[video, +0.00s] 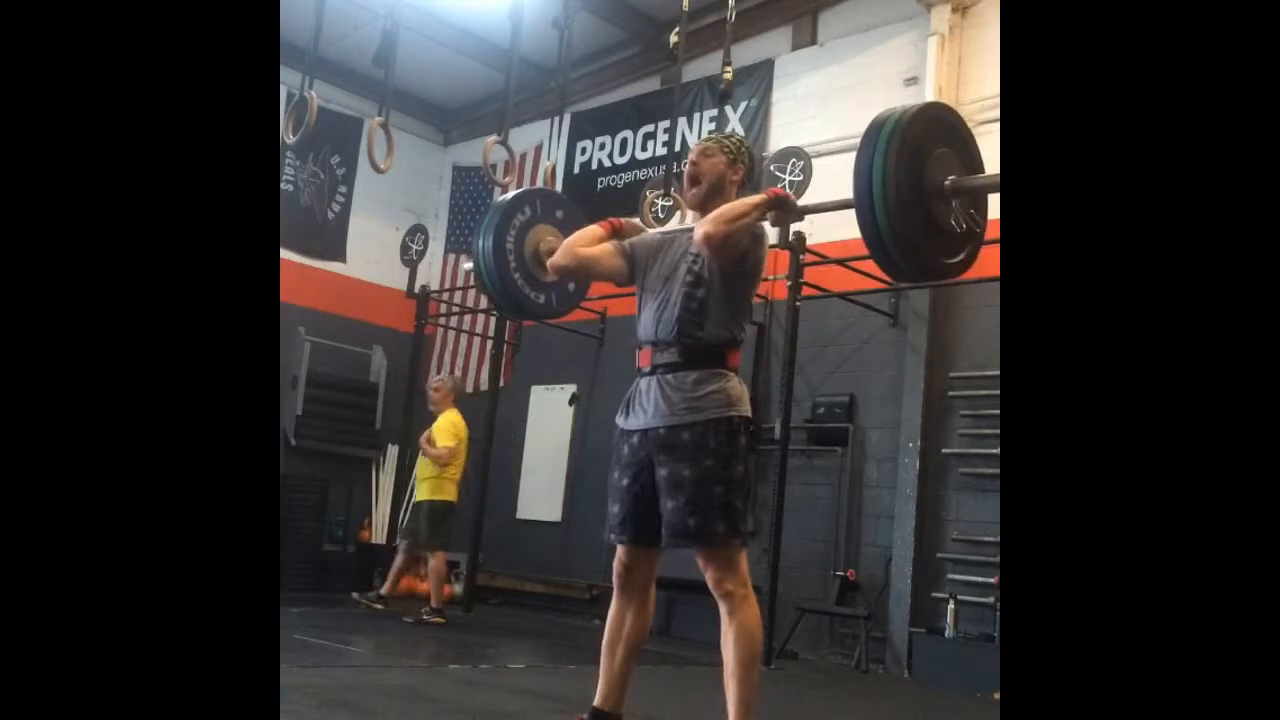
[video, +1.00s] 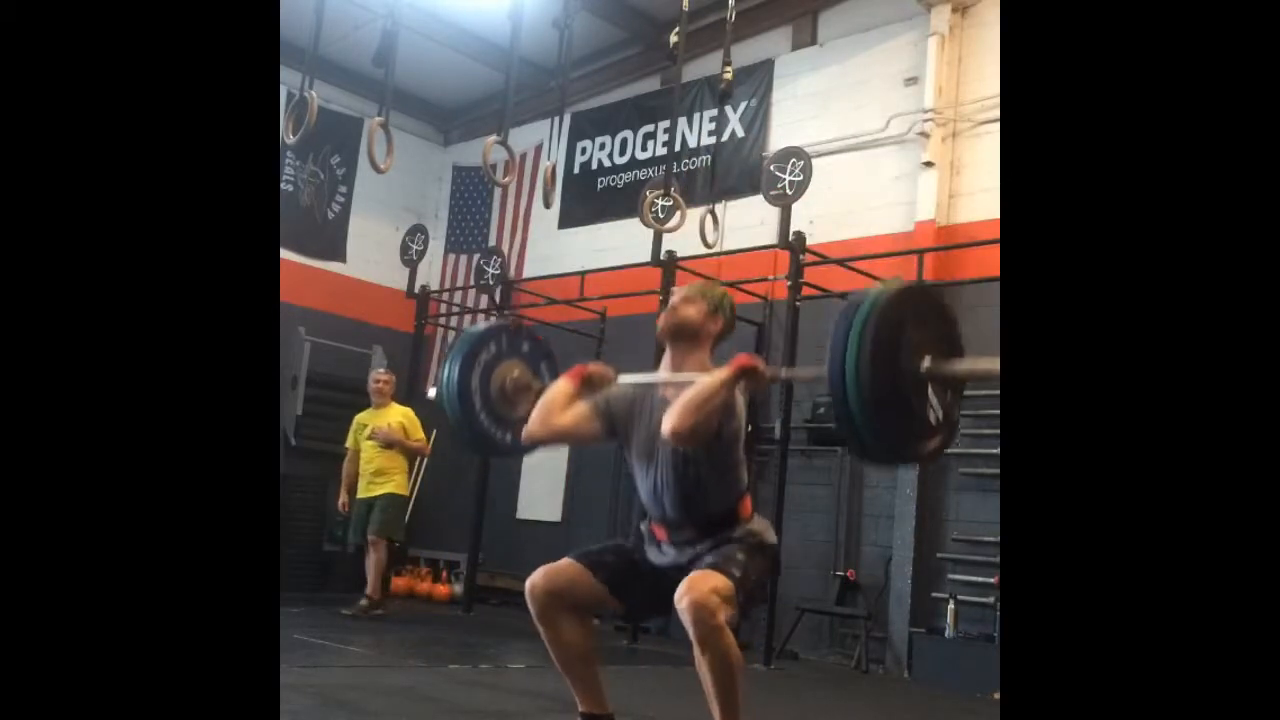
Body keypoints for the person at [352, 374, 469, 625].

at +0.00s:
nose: (431, 395)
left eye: (436, 391)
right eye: (430, 390)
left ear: (450, 395)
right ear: (444, 396)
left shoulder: (448, 420)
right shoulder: (449, 420)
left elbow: (445, 456)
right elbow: (447, 457)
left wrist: (423, 445)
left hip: (437, 495)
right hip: (428, 494)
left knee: (436, 551)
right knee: (407, 545)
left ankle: (435, 608)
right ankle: (383, 594)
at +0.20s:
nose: (420, 394)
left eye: (426, 390)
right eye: (420, 389)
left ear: (439, 394)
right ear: (420, 393)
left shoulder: (441, 420)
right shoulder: (423, 420)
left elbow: (450, 456)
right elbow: (425, 455)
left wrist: (422, 447)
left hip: (426, 497)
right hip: (408, 496)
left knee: (428, 551)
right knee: (393, 549)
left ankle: (435, 607)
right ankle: (376, 600)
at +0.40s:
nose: (405, 390)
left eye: (411, 386)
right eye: (403, 386)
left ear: (423, 390)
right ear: (401, 389)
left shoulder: (428, 418)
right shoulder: (403, 420)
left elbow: (438, 453)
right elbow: (394, 464)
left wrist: (410, 444)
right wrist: (373, 488)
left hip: (413, 495)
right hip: (392, 494)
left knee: (414, 549)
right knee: (386, 548)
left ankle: (432, 603)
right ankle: (375, 600)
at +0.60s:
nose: (392, 389)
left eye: (399, 386)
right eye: (390, 385)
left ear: (410, 390)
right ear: (387, 389)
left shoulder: (416, 416)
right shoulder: (384, 421)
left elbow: (426, 450)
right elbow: (376, 458)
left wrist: (400, 440)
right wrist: (354, 485)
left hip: (401, 492)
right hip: (379, 491)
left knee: (397, 546)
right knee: (379, 547)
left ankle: (427, 596)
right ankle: (374, 600)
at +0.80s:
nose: (385, 388)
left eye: (391, 384)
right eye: (382, 384)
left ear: (400, 389)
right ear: (376, 388)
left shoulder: (410, 416)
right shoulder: (370, 421)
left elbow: (425, 449)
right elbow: (360, 458)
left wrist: (397, 439)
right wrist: (349, 491)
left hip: (395, 487)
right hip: (370, 488)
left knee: (382, 540)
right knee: (371, 545)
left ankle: (409, 584)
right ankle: (374, 599)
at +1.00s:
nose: (381, 386)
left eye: (386, 382)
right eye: (376, 382)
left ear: (393, 387)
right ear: (368, 386)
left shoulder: (405, 414)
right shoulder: (360, 419)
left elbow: (424, 448)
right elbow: (351, 457)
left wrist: (395, 439)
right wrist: (344, 491)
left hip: (393, 486)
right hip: (366, 488)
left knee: (375, 538)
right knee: (369, 543)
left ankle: (370, 596)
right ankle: (375, 596)